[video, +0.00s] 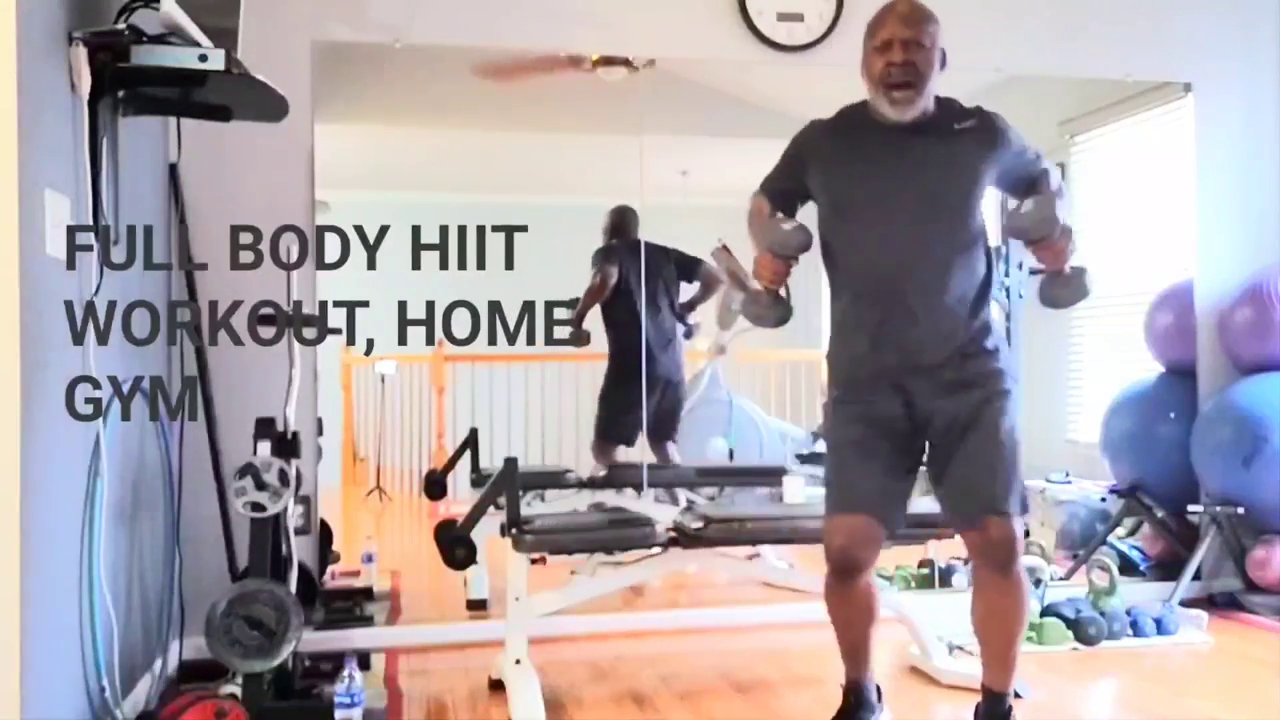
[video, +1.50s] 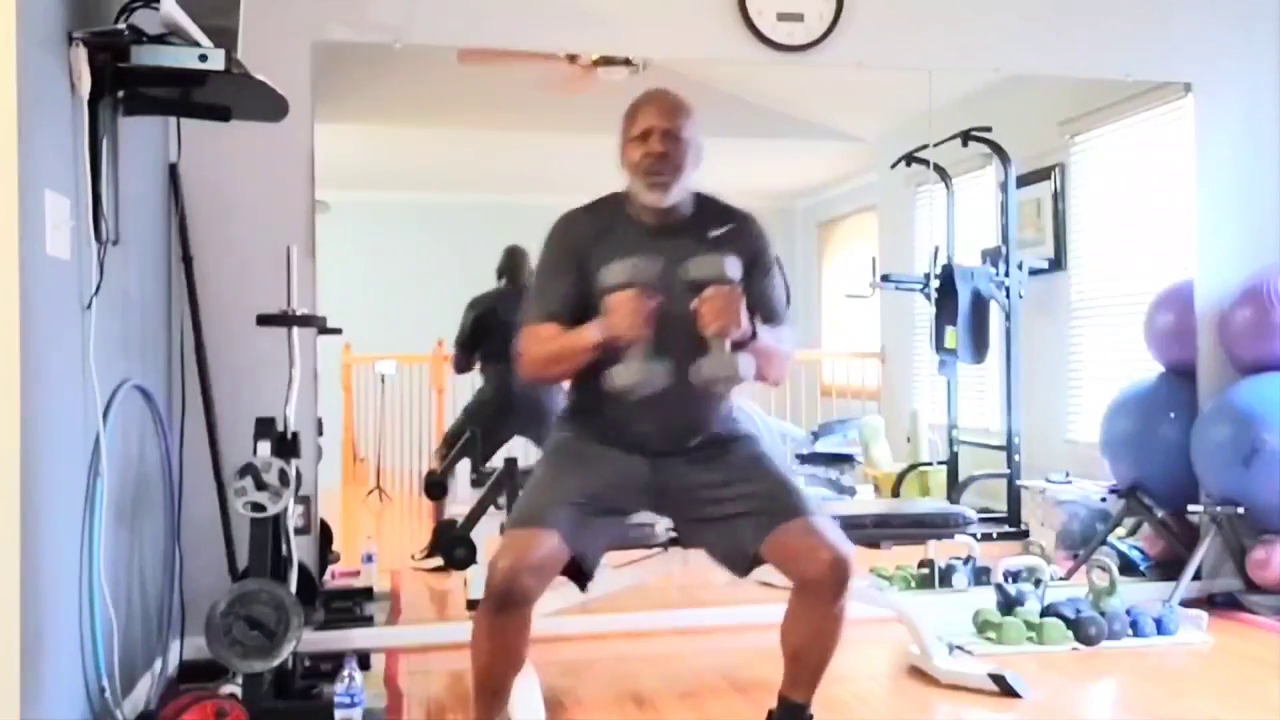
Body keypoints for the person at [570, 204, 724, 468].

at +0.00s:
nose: (604, 231)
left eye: (606, 227)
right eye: (605, 228)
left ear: (610, 229)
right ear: (636, 229)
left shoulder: (609, 252)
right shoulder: (664, 253)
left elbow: (606, 280)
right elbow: (714, 279)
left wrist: (578, 317)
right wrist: (690, 305)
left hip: (631, 367)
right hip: (671, 368)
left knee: (604, 448)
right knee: (662, 440)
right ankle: (683, 504)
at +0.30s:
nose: (605, 236)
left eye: (607, 232)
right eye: (607, 231)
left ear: (612, 232)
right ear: (639, 231)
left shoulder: (602, 264)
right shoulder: (671, 263)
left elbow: (584, 318)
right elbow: (689, 315)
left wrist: (589, 340)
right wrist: (658, 319)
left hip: (617, 365)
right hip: (661, 365)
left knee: (573, 440)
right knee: (669, 444)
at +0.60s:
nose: (570, 273)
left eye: (571, 270)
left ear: (573, 273)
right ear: (599, 272)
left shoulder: (563, 307)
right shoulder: (632, 303)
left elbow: (544, 362)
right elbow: (654, 355)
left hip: (588, 398)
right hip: (633, 397)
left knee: (535, 454)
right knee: (656, 459)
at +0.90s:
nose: (544, 230)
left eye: (543, 225)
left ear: (540, 226)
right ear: (568, 223)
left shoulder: (535, 254)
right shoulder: (593, 250)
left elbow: (509, 289)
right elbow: (632, 272)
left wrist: (510, 320)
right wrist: (627, 316)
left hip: (547, 350)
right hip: (586, 350)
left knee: (533, 428)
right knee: (584, 426)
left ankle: (529, 486)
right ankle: (587, 480)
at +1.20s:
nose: (535, 216)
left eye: (533, 211)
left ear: (533, 215)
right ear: (562, 214)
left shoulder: (519, 248)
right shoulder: (587, 249)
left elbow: (494, 301)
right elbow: (614, 301)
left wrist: (517, 306)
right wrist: (582, 304)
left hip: (530, 347)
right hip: (573, 351)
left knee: (505, 430)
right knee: (572, 431)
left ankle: (503, 494)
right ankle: (583, 490)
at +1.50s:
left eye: (506, 268)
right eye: (521, 268)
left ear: (500, 271)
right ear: (529, 270)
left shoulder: (483, 305)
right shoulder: (546, 302)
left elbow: (462, 363)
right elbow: (562, 354)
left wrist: (482, 347)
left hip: (498, 396)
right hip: (542, 396)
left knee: (449, 448)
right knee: (567, 458)